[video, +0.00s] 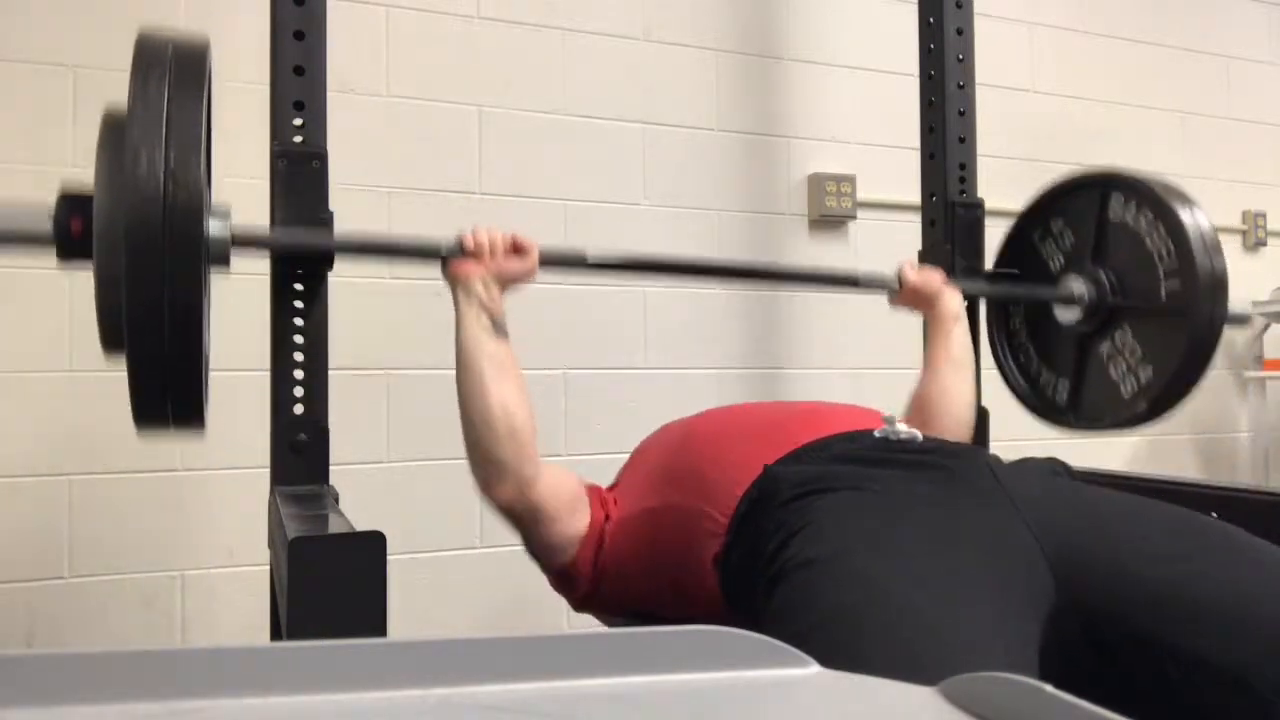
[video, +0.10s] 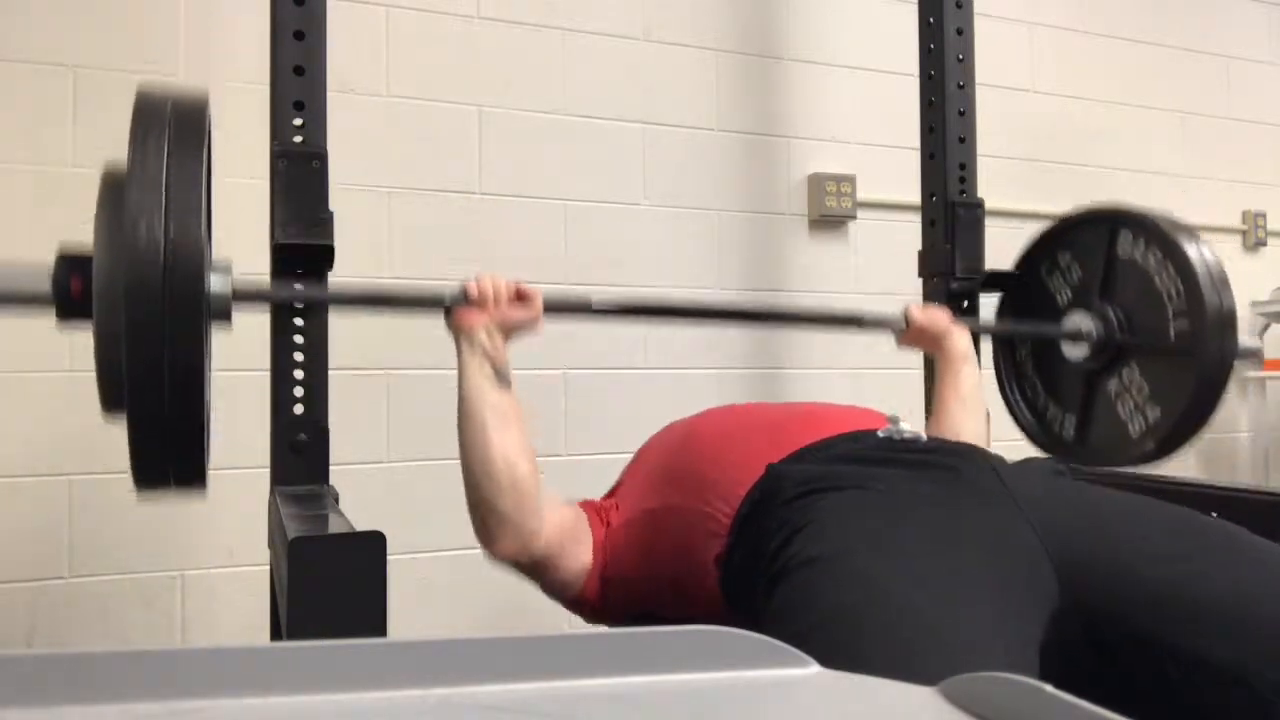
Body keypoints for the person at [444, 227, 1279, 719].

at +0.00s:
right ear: (623, 497)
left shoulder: (852, 434)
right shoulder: (606, 538)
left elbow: (944, 440)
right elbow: (511, 473)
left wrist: (945, 312)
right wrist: (476, 303)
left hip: (1023, 482)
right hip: (842, 502)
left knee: (1272, 610)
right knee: (929, 702)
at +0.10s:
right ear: (642, 498)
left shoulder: (862, 442)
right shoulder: (614, 542)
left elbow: (965, 469)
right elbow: (513, 524)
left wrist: (954, 348)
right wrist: (481, 353)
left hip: (1031, 490)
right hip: (854, 507)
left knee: (1275, 621)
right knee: (935, 693)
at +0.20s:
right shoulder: (628, 536)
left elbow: (998, 490)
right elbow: (526, 571)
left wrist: (968, 388)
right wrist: (486, 399)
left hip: (1023, 480)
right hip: (853, 506)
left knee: (1274, 625)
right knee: (941, 698)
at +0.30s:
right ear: (645, 492)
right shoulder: (629, 528)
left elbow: (1022, 514)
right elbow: (546, 610)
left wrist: (977, 419)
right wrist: (492, 440)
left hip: (1021, 476)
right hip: (859, 495)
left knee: (1277, 615)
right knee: (939, 686)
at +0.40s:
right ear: (647, 480)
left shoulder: (871, 420)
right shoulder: (624, 529)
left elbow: (1031, 521)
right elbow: (548, 628)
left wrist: (988, 446)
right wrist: (494, 476)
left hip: (1035, 487)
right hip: (863, 499)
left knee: (1276, 608)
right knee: (935, 688)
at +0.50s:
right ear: (625, 506)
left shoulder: (855, 423)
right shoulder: (613, 542)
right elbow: (552, 640)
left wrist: (983, 457)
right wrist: (492, 496)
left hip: (1034, 487)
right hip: (857, 505)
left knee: (1275, 605)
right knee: (929, 696)